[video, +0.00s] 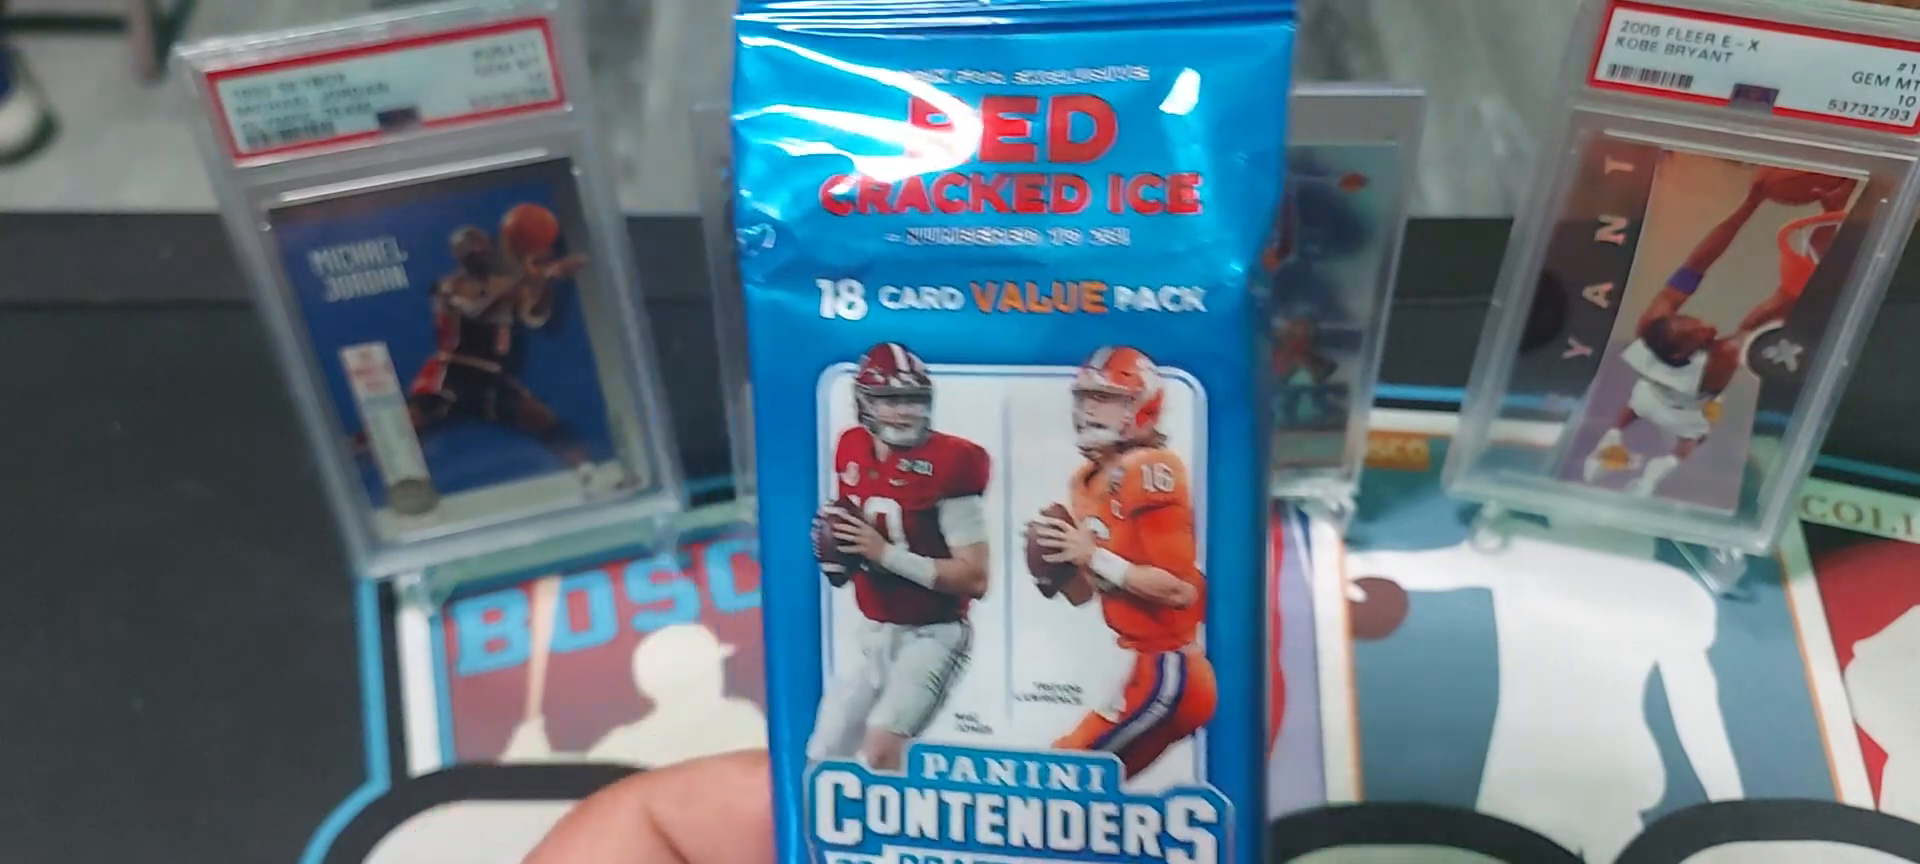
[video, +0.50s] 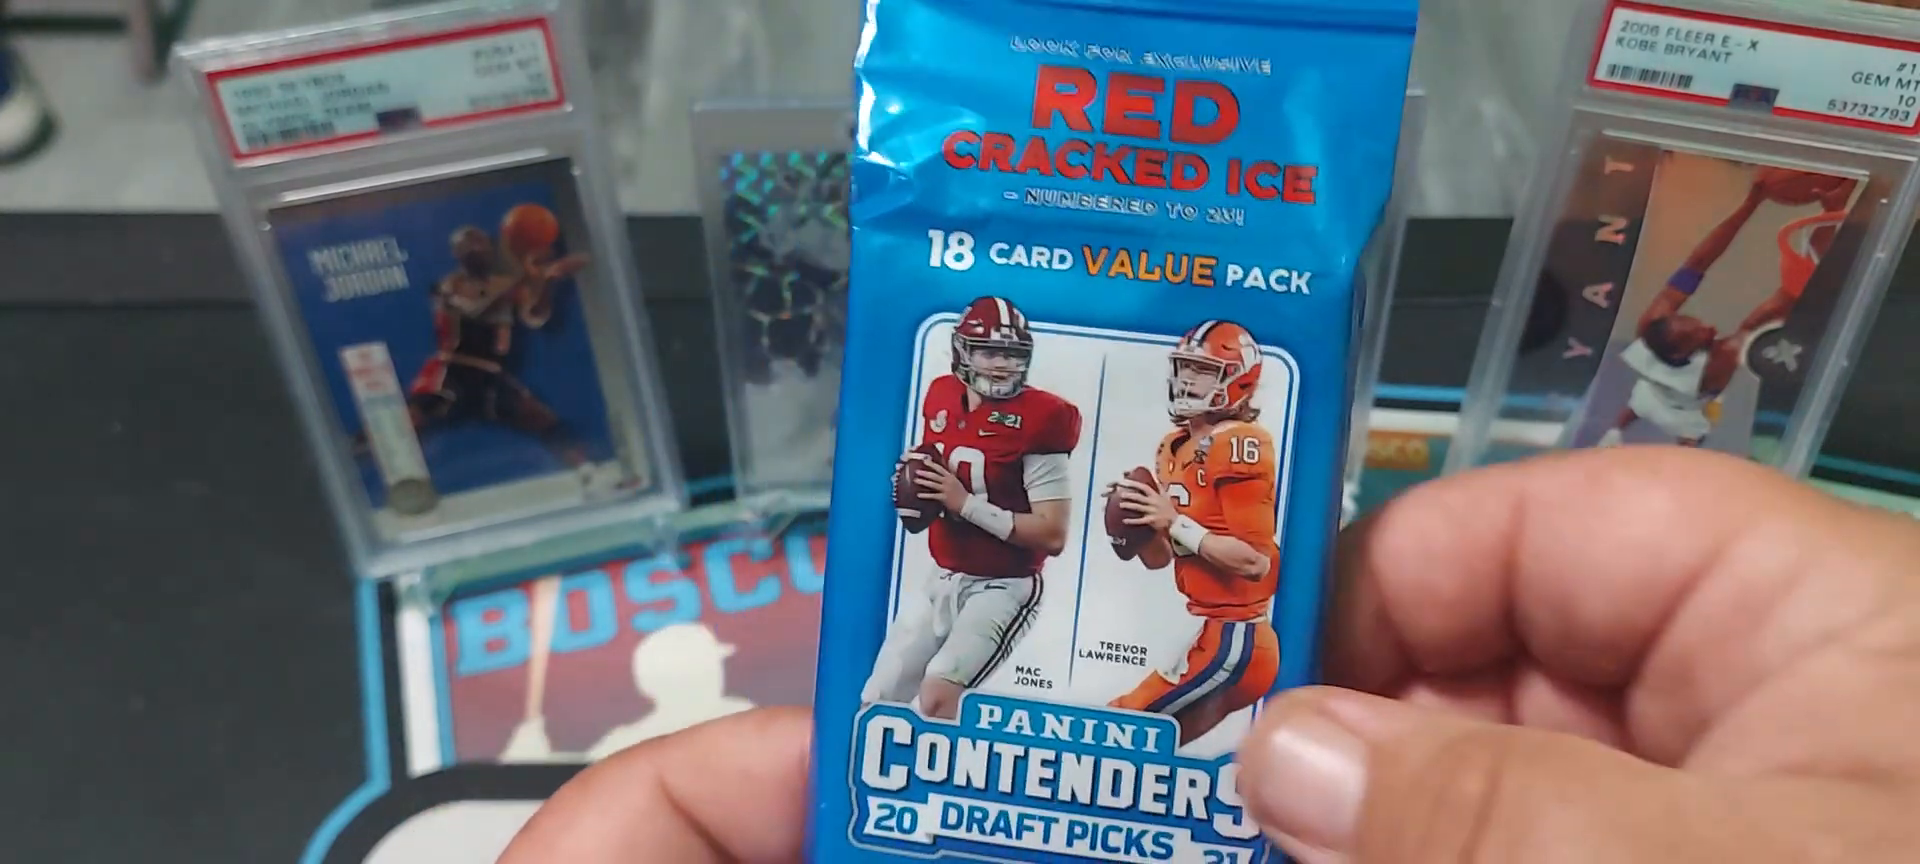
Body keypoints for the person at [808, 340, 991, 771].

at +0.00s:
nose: (904, 412)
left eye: (914, 400)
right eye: (890, 400)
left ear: (928, 402)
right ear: (865, 403)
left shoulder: (956, 461)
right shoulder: (852, 447)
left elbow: (975, 577)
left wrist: (885, 553)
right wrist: (832, 543)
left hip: (935, 635)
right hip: (871, 632)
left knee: (881, 748)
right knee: (823, 757)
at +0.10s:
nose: (940, 423)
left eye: (950, 411)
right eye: (926, 411)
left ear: (964, 414)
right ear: (900, 415)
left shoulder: (988, 475)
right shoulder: (884, 458)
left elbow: (1007, 594)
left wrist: (916, 566)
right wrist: (862, 552)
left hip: (965, 650)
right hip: (899, 645)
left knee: (907, 762)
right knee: (850, 767)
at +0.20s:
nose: (956, 414)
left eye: (965, 402)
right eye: (943, 403)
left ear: (979, 405)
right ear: (916, 405)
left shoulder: (1002, 465)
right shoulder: (898, 449)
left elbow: (1020, 583)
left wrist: (929, 556)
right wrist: (875, 539)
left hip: (977, 639)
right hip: (911, 635)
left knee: (916, 752)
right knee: (857, 755)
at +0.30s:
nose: (959, 402)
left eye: (968, 391)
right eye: (946, 391)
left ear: (982, 394)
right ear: (919, 393)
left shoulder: (1004, 453)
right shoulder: (901, 436)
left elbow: (1021, 570)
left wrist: (932, 544)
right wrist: (877, 527)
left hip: (977, 626)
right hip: (910, 621)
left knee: (916, 738)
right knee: (858, 743)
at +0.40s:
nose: (979, 379)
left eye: (990, 367)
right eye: (967, 367)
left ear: (1004, 371)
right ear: (941, 369)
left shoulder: (1025, 429)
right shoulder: (923, 409)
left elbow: (1035, 547)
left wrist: (947, 517)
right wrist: (895, 494)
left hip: (991, 600)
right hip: (927, 594)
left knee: (926, 707)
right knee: (867, 712)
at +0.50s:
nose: (1003, 364)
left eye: (1014, 354)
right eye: (989, 352)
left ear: (1026, 358)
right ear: (963, 352)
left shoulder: (1045, 417)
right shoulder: (942, 394)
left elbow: (1053, 534)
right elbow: (933, 469)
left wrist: (966, 504)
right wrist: (911, 480)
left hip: (1006, 588)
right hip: (941, 580)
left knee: (937, 697)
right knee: (878, 698)